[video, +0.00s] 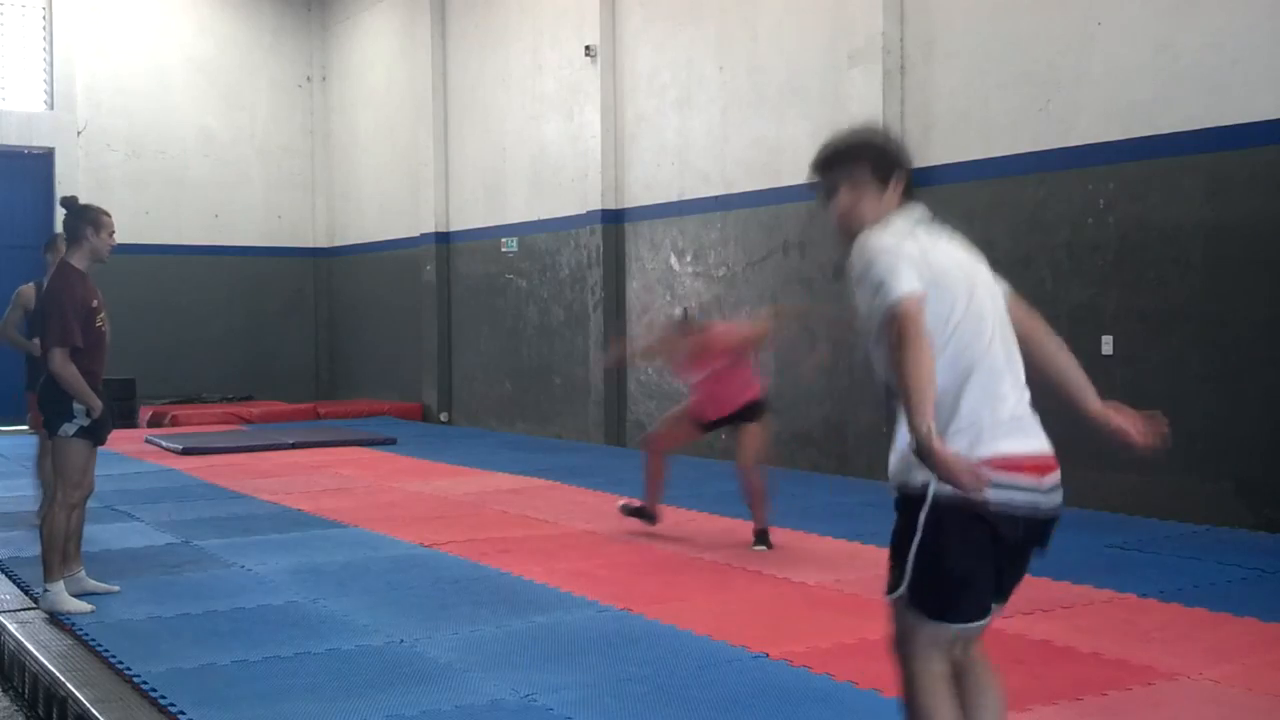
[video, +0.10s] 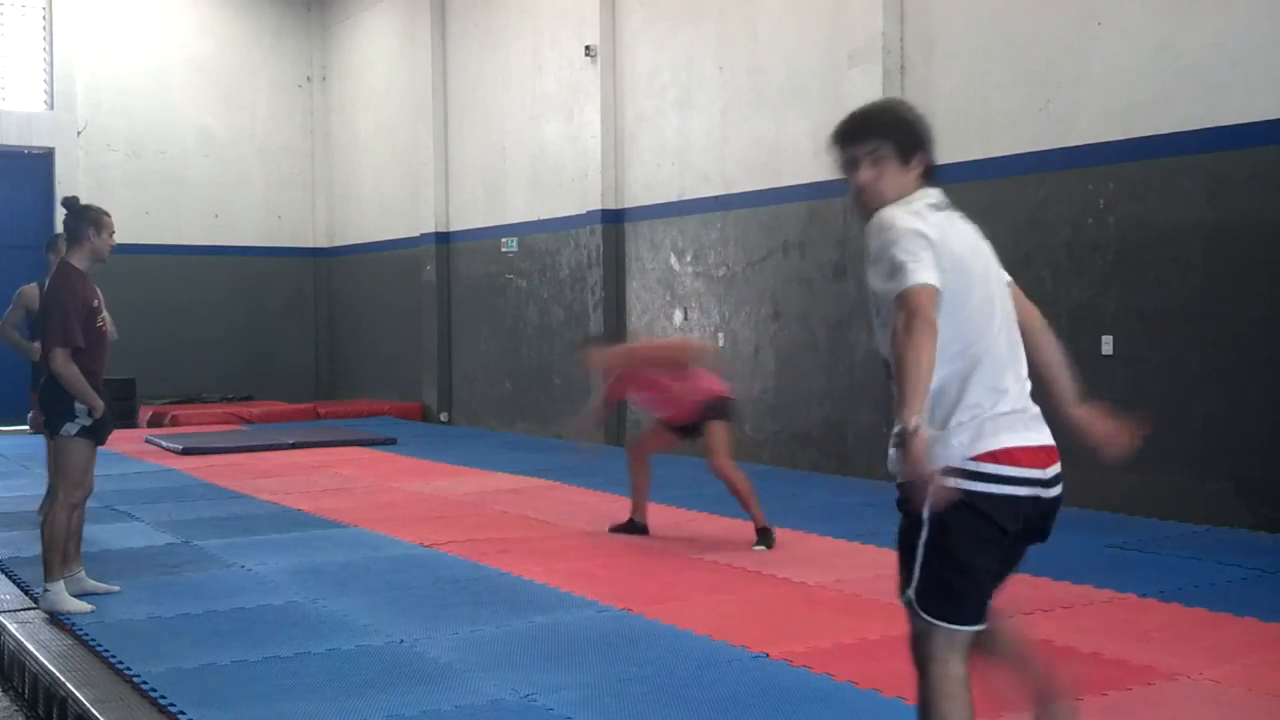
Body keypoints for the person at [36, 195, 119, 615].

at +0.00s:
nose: (114, 240)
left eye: (113, 232)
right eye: (109, 233)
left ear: (86, 235)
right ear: (86, 235)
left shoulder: (80, 278)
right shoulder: (64, 284)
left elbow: (78, 347)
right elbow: (57, 361)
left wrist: (96, 395)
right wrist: (94, 404)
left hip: (85, 397)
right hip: (68, 401)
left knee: (82, 490)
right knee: (66, 494)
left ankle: (73, 574)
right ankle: (53, 589)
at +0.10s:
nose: (114, 240)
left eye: (113, 232)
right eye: (109, 233)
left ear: (85, 235)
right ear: (88, 235)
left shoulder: (80, 279)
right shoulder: (65, 284)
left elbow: (83, 341)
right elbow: (58, 360)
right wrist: (95, 402)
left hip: (84, 398)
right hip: (69, 401)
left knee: (80, 490)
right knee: (66, 493)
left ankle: (73, 574)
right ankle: (53, 589)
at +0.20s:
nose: (113, 240)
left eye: (112, 233)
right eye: (109, 233)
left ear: (85, 236)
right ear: (89, 236)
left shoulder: (79, 278)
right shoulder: (66, 284)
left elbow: (81, 344)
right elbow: (59, 360)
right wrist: (96, 403)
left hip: (84, 398)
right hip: (70, 401)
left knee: (80, 489)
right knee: (67, 493)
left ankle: (73, 574)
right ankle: (53, 589)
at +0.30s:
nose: (113, 240)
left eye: (111, 233)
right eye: (108, 234)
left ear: (85, 236)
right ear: (90, 236)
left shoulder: (79, 280)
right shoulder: (66, 285)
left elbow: (80, 347)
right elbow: (59, 358)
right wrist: (96, 403)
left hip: (87, 399)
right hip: (70, 401)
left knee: (79, 491)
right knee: (66, 494)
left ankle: (72, 574)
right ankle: (53, 589)